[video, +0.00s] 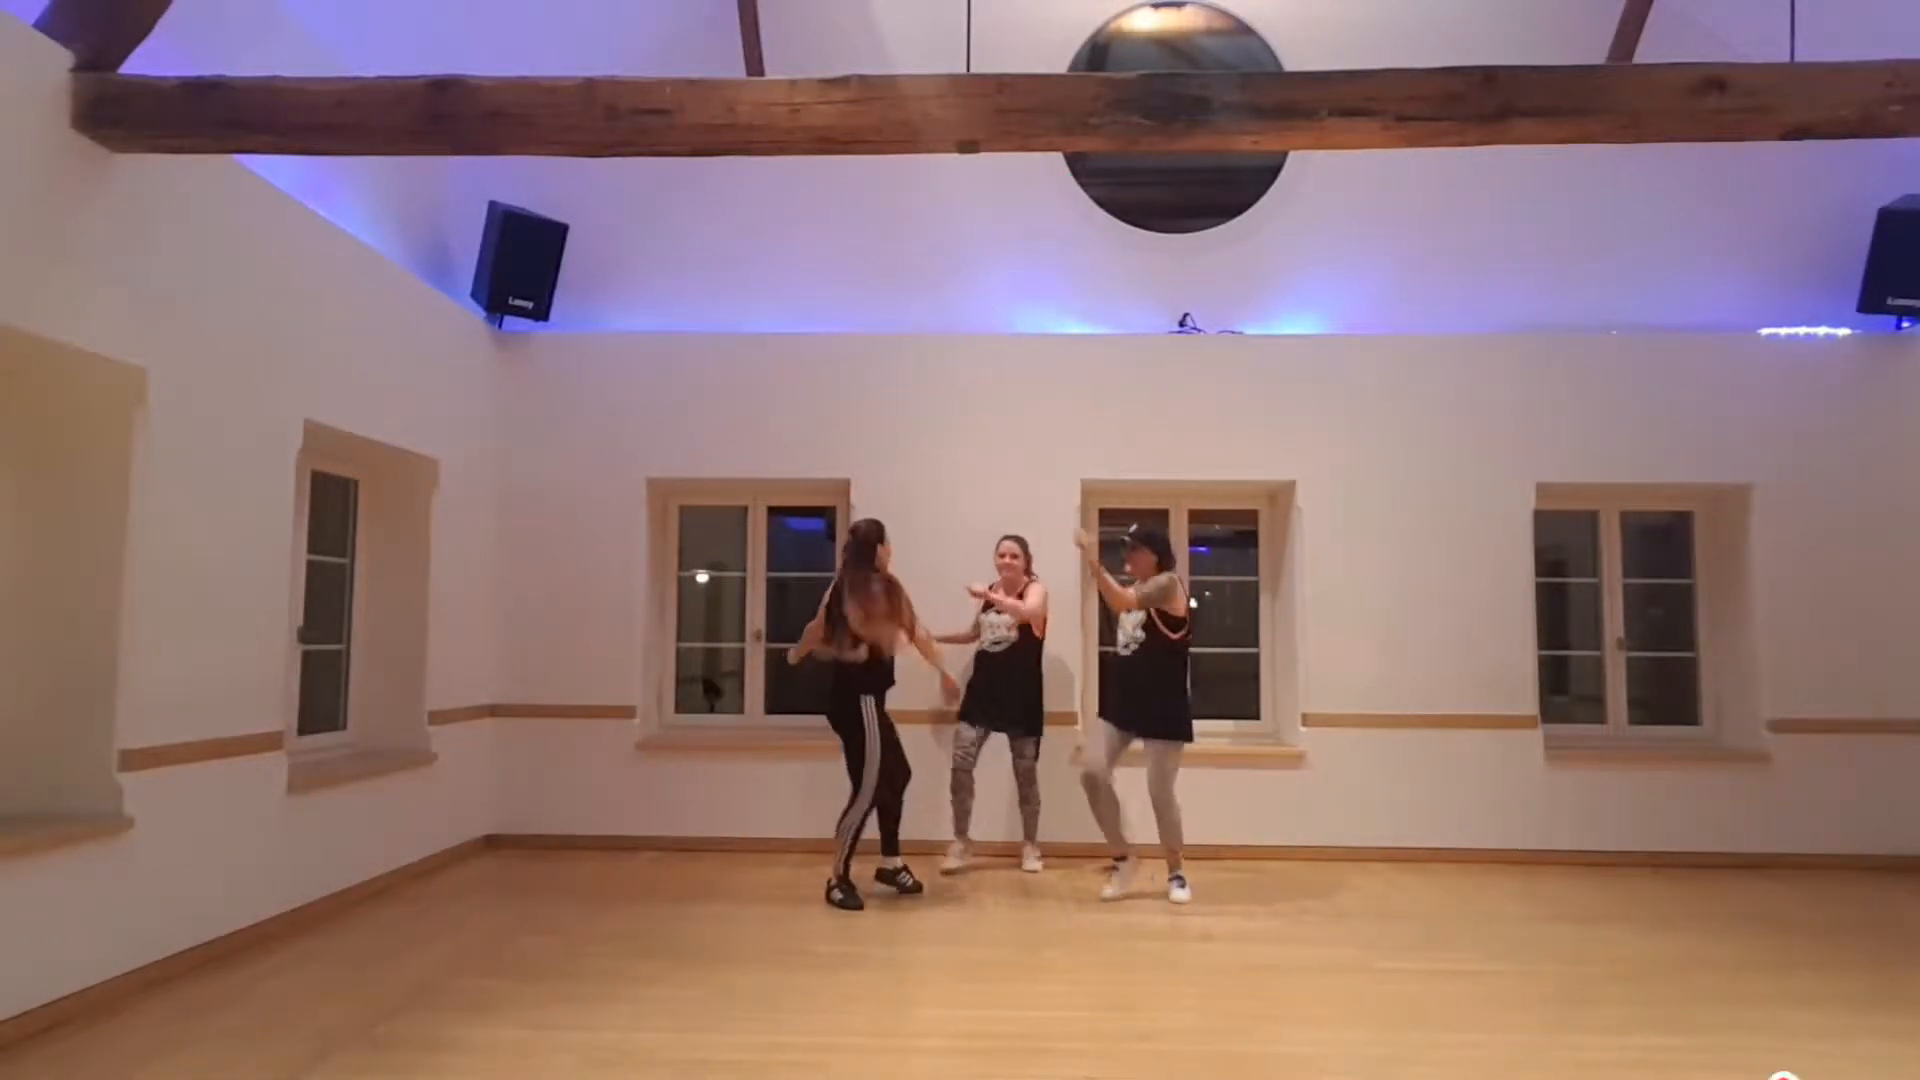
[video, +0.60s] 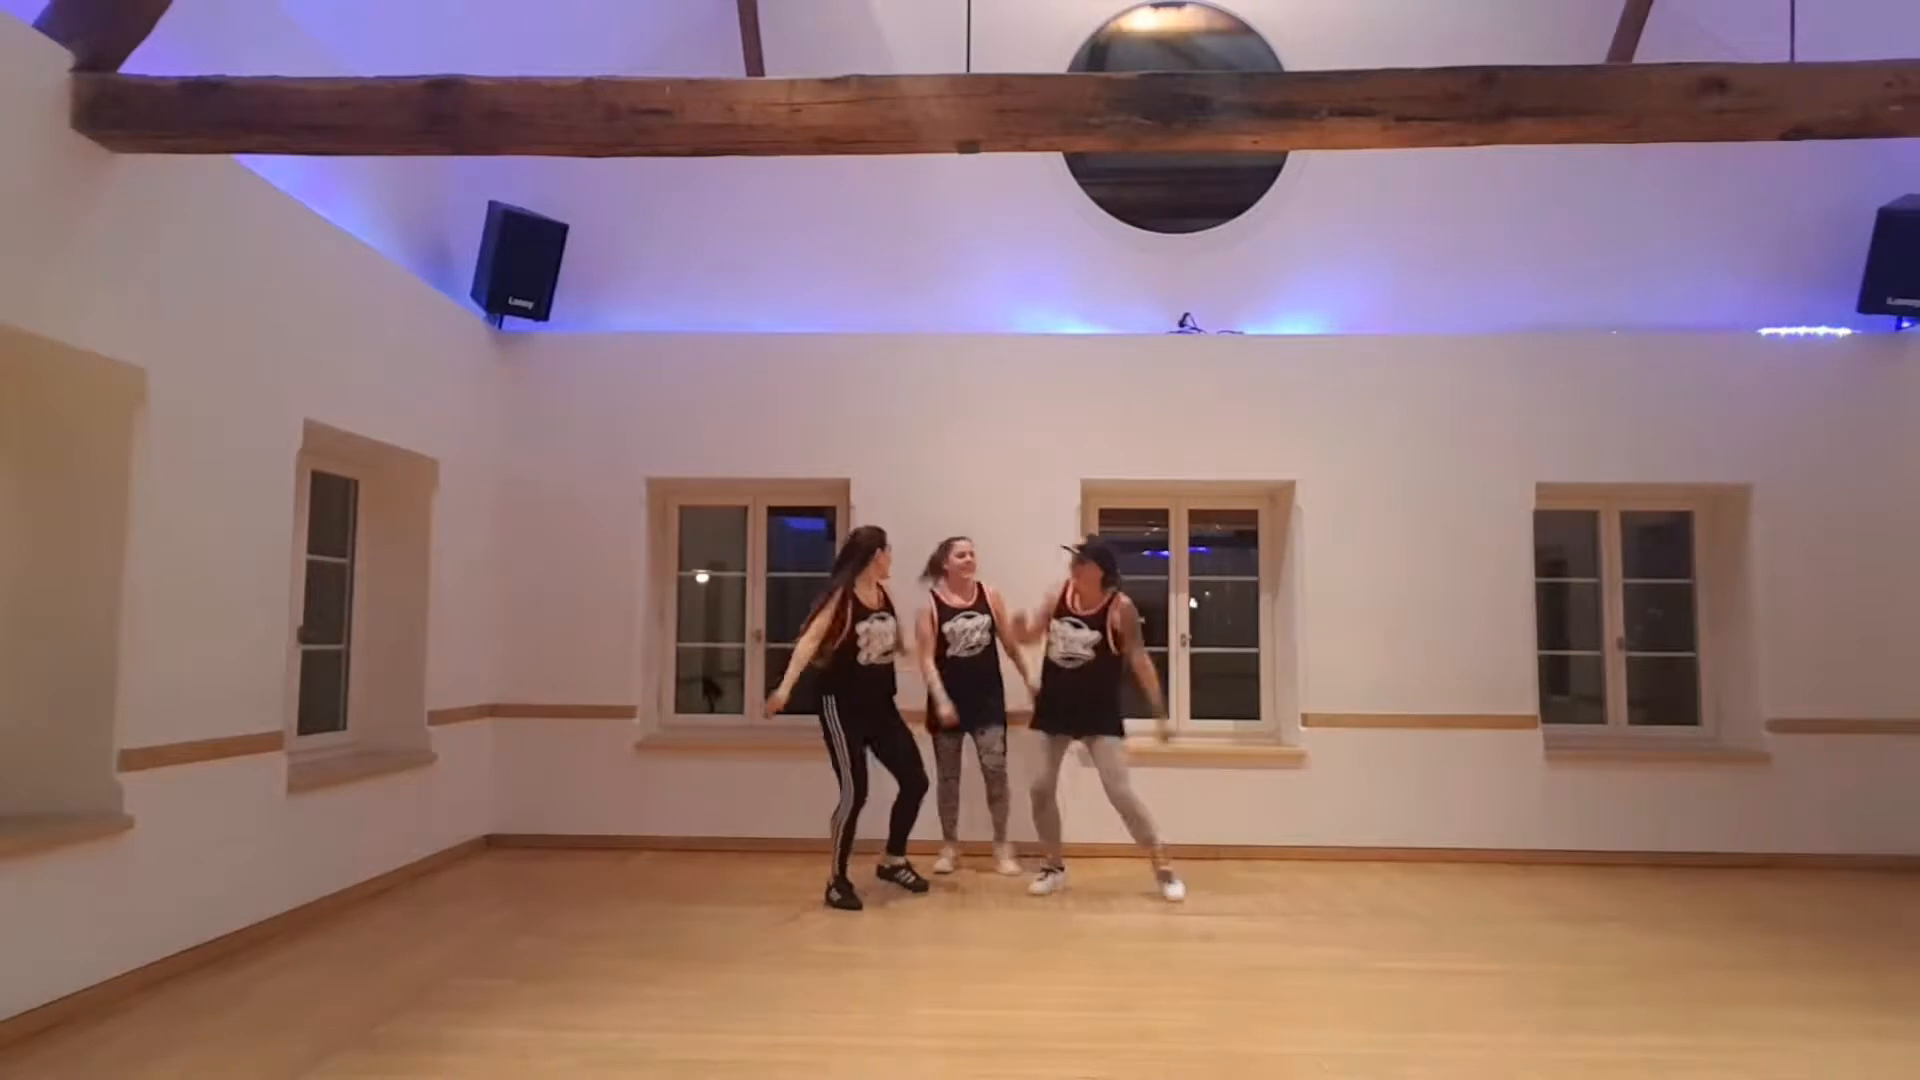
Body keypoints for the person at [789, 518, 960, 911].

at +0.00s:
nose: (891, 549)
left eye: (887, 543)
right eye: (887, 544)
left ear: (854, 549)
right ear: (880, 550)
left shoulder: (839, 588)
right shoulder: (887, 588)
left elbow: (813, 633)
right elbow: (916, 635)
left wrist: (796, 654)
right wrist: (944, 673)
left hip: (864, 698)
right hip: (858, 699)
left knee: (896, 775)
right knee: (868, 787)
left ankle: (891, 864)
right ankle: (838, 879)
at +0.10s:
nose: (891, 550)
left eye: (888, 543)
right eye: (888, 544)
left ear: (858, 549)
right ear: (879, 550)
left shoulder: (848, 585)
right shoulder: (881, 588)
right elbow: (906, 635)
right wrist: (945, 673)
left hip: (848, 690)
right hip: (856, 693)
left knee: (893, 775)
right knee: (863, 788)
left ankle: (887, 867)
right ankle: (838, 879)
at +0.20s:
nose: (894, 559)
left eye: (892, 553)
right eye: (891, 553)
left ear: (865, 557)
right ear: (882, 558)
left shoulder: (877, 596)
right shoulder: (864, 596)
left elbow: (907, 637)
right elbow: (883, 634)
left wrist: (904, 641)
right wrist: (908, 648)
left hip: (861, 700)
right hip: (846, 701)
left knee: (897, 782)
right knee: (869, 792)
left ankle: (884, 870)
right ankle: (838, 880)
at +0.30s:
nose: (898, 571)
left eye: (895, 565)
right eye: (894, 565)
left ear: (869, 572)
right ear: (884, 573)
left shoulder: (875, 615)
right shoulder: (864, 618)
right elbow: (841, 628)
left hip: (861, 713)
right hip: (841, 714)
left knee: (910, 788)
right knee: (872, 800)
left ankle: (886, 874)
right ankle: (839, 881)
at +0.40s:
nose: (898, 575)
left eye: (896, 569)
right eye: (894, 569)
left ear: (875, 574)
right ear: (882, 574)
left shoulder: (882, 610)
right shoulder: (850, 615)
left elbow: (863, 650)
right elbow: (817, 641)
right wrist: (797, 647)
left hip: (867, 716)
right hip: (838, 715)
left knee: (917, 792)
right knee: (868, 802)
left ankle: (885, 874)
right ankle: (839, 881)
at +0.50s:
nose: (894, 569)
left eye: (893, 562)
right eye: (891, 562)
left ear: (872, 567)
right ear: (878, 566)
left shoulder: (882, 604)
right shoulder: (842, 604)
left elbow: (887, 665)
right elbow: (812, 639)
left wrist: (909, 710)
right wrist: (782, 672)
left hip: (874, 711)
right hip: (838, 710)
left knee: (918, 788)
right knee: (861, 796)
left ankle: (887, 867)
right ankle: (838, 882)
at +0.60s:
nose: (891, 557)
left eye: (889, 551)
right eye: (887, 551)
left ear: (873, 556)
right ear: (872, 556)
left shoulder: (883, 595)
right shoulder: (840, 598)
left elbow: (895, 645)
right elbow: (808, 641)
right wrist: (785, 688)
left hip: (878, 702)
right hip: (840, 703)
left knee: (915, 782)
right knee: (853, 790)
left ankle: (893, 861)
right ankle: (837, 880)